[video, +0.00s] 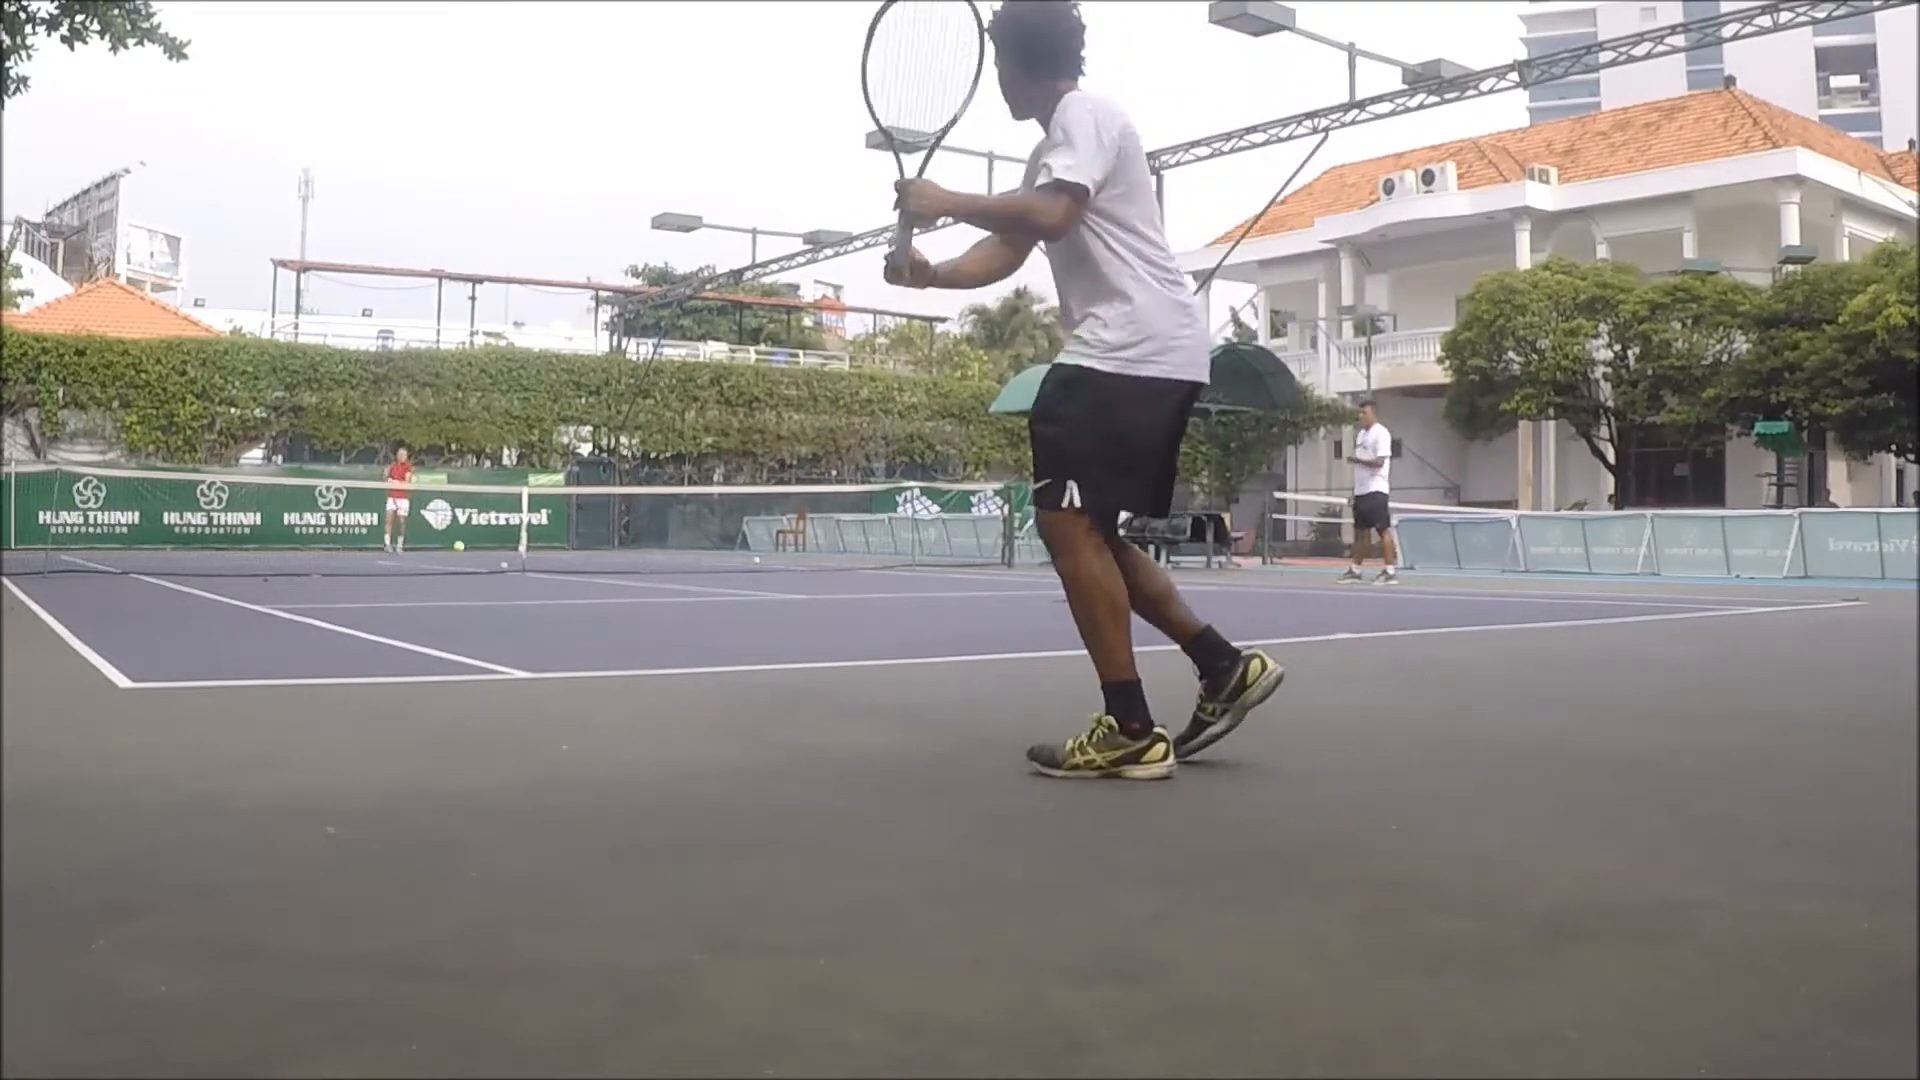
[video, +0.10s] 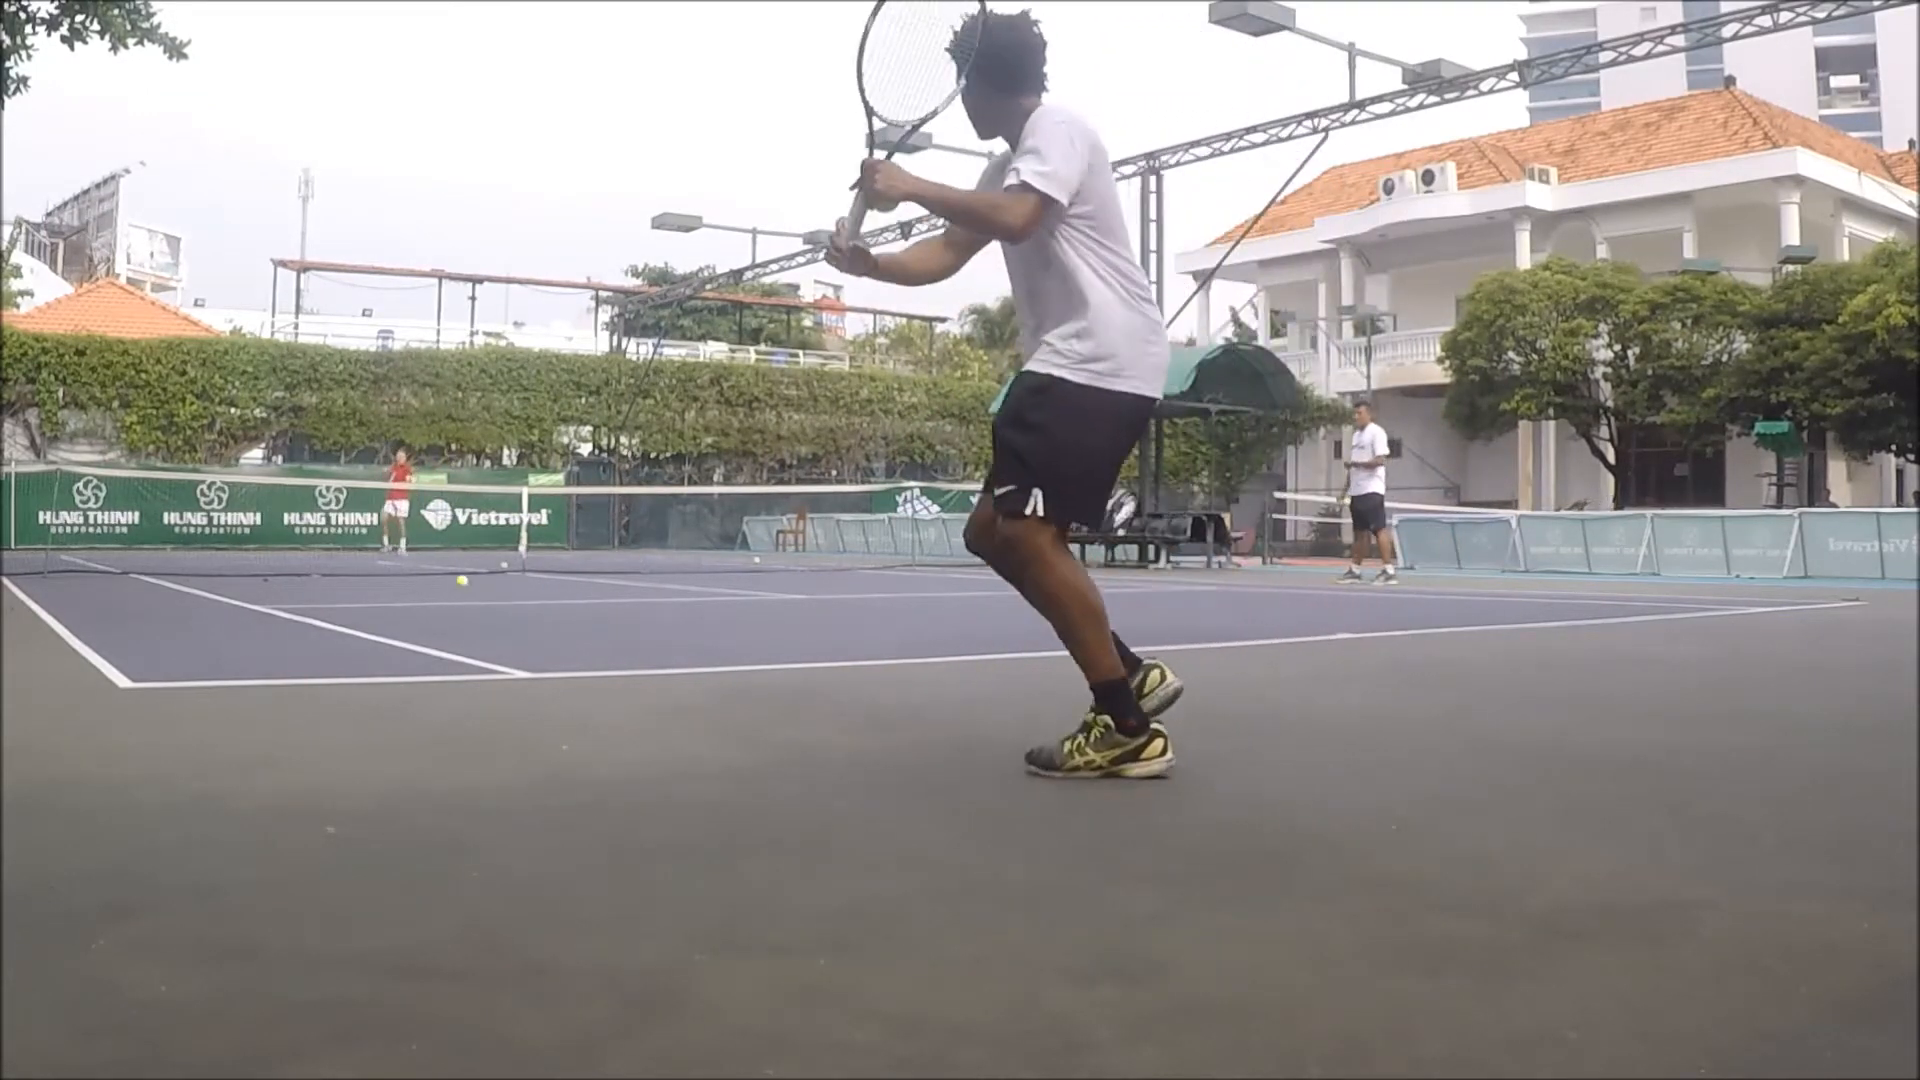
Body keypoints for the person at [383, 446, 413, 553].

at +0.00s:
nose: (402, 457)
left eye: (404, 455)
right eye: (400, 454)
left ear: (407, 456)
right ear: (396, 456)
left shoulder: (408, 468)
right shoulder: (392, 467)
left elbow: (407, 482)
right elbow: (386, 479)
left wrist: (395, 482)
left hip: (403, 496)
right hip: (392, 496)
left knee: (401, 520)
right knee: (388, 519)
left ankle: (400, 544)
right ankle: (387, 543)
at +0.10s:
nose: (399, 458)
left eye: (402, 456)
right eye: (398, 456)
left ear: (406, 457)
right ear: (395, 457)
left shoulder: (407, 469)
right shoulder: (393, 468)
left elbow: (409, 483)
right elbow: (386, 479)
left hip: (402, 498)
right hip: (391, 498)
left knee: (401, 520)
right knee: (384, 518)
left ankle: (402, 546)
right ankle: (386, 544)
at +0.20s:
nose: (399, 462)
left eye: (401, 459)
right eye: (397, 459)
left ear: (404, 461)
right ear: (394, 460)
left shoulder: (406, 471)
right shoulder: (389, 472)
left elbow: (409, 484)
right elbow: (386, 484)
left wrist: (399, 487)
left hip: (401, 501)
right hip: (390, 501)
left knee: (400, 522)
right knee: (383, 520)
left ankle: (402, 545)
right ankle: (387, 542)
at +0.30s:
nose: (396, 463)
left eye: (398, 461)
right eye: (394, 461)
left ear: (401, 462)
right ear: (392, 462)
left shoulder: (405, 472)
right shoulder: (387, 473)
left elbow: (408, 484)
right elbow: (384, 485)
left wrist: (400, 489)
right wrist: (389, 490)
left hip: (401, 501)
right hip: (390, 501)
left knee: (401, 521)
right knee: (385, 523)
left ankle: (402, 544)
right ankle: (390, 543)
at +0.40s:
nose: (394, 464)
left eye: (396, 461)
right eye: (393, 461)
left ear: (399, 462)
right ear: (390, 463)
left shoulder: (403, 473)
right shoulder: (386, 474)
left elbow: (406, 485)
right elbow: (383, 484)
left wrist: (399, 490)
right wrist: (386, 491)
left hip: (401, 501)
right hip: (389, 501)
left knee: (402, 521)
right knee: (386, 523)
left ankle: (403, 540)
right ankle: (390, 542)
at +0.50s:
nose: (396, 460)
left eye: (397, 457)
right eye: (394, 457)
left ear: (400, 459)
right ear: (390, 459)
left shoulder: (404, 469)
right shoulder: (385, 469)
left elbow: (406, 483)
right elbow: (381, 482)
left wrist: (399, 489)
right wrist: (388, 490)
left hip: (401, 498)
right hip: (389, 498)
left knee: (402, 518)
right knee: (389, 520)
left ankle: (403, 542)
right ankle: (390, 540)